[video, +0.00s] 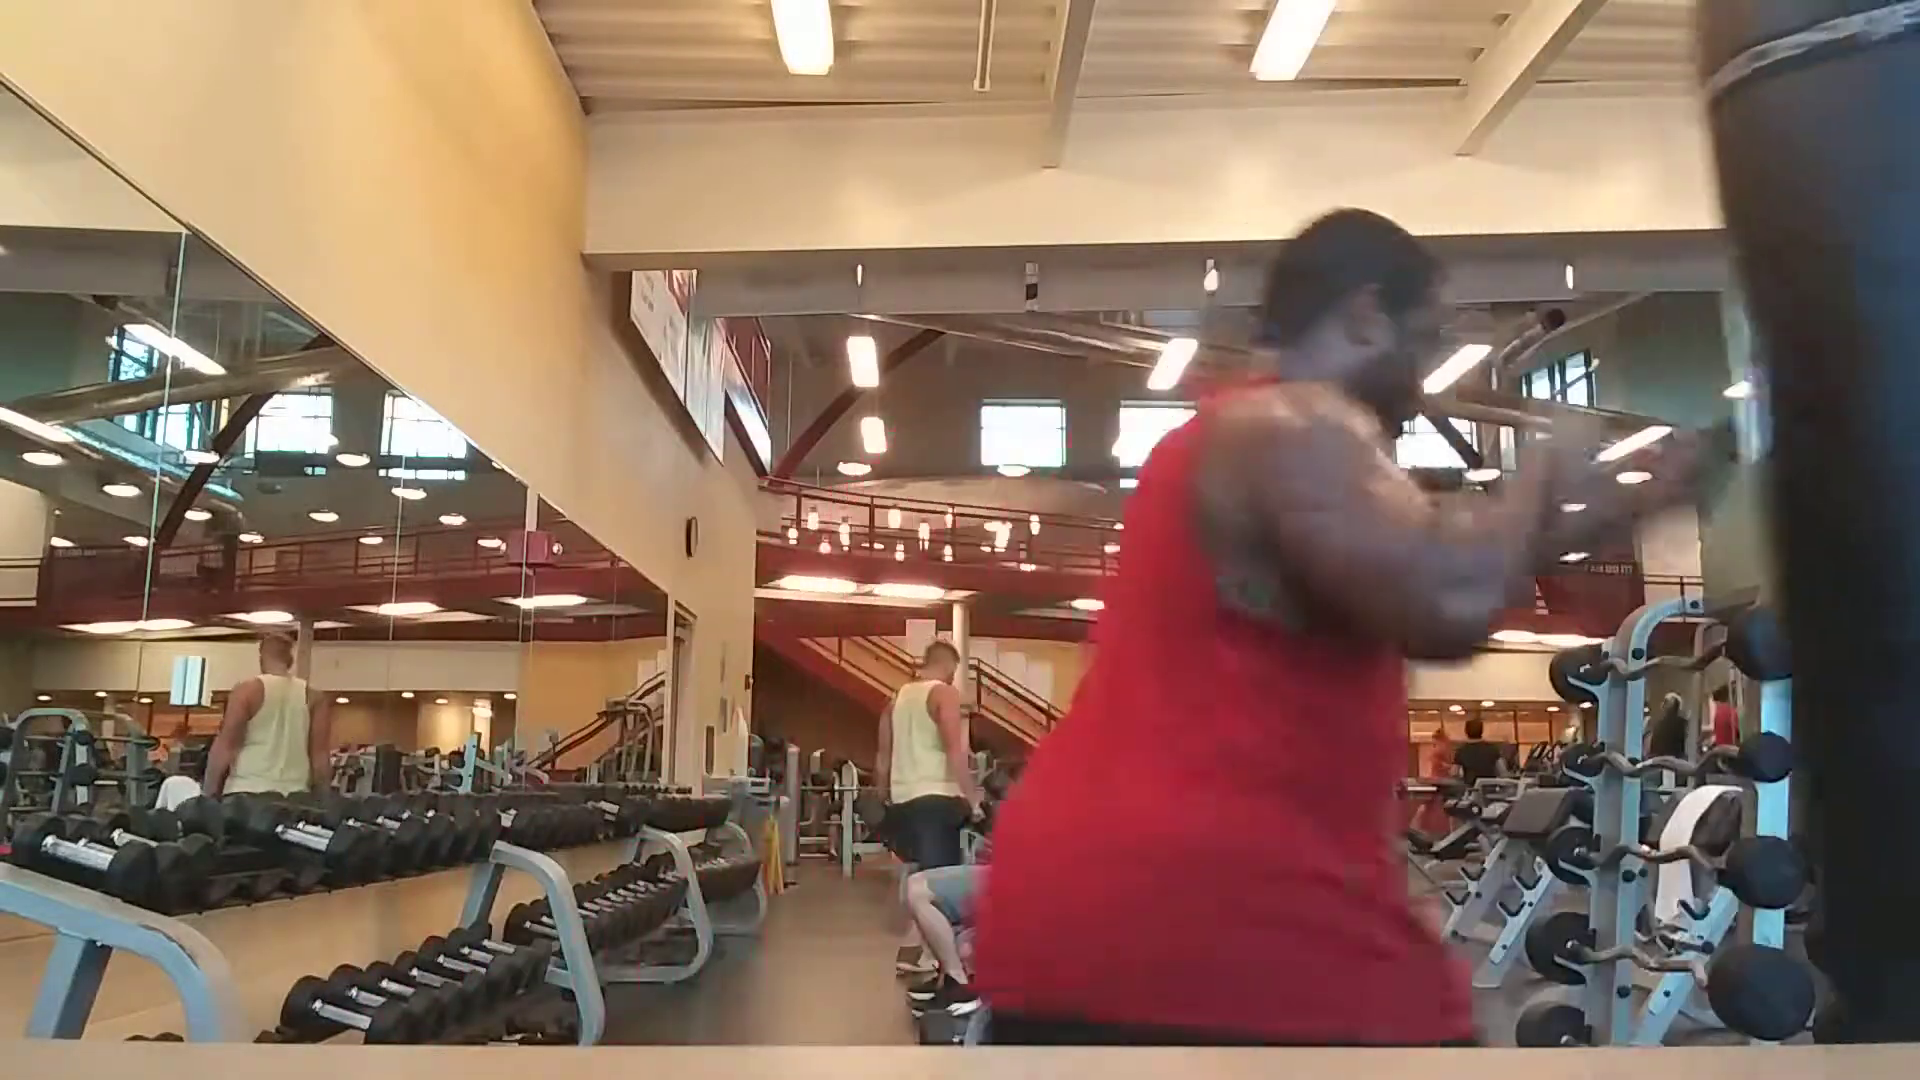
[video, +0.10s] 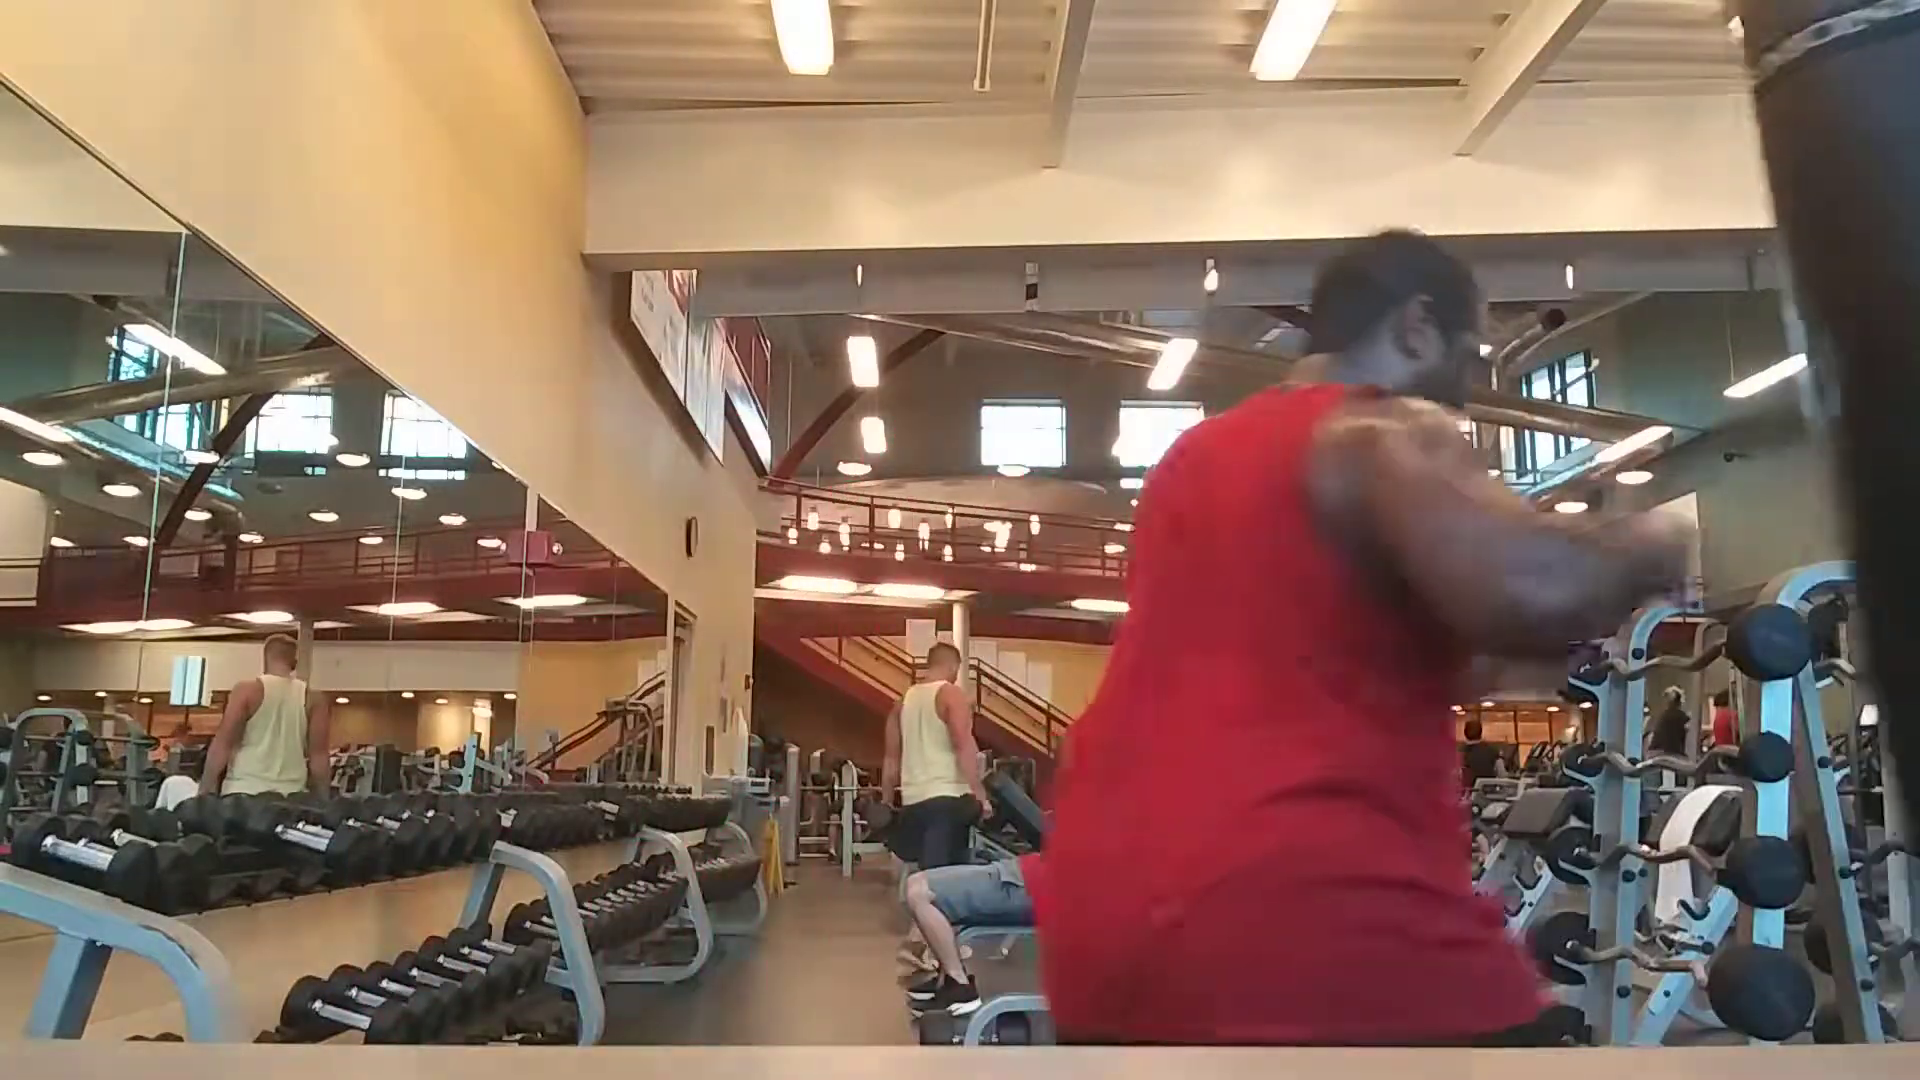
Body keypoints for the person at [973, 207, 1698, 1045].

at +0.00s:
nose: (1429, 370)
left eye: (1434, 345)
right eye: (1425, 338)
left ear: (1293, 319)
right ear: (1365, 316)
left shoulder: (1211, 434)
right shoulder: (1293, 427)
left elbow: (1444, 545)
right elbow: (1444, 606)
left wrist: (1611, 506)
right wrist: (1537, 471)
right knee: (1431, 1038)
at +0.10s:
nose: (1472, 389)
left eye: (1478, 363)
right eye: (1472, 356)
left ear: (1318, 340)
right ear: (1415, 328)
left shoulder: (1193, 453)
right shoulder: (1378, 429)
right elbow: (1516, 589)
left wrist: (1543, 525)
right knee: (1546, 1057)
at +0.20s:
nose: (1484, 429)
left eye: (1491, 408)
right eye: (1485, 403)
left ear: (1337, 376)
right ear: (1438, 375)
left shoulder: (1193, 505)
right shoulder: (1434, 492)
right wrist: (1721, 640)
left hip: (1139, 940)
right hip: (1377, 930)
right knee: (1566, 1040)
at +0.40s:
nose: (1513, 455)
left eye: (1516, 427)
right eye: (1509, 423)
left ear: (1358, 409)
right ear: (1448, 409)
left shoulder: (1216, 543)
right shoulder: (1466, 549)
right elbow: (1605, 805)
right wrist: (1690, 730)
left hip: (1177, 990)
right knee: (1601, 1033)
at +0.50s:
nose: (1489, 389)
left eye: (1492, 357)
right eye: (1481, 351)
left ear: (1328, 341)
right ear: (1411, 334)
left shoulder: (1199, 468)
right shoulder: (1395, 462)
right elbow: (1568, 672)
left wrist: (1509, 533)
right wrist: (1659, 598)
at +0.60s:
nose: (1461, 327)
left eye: (1468, 295)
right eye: (1457, 287)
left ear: (1304, 278)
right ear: (1383, 267)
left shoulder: (1184, 386)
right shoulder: (1375, 382)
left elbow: (1336, 458)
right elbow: (1608, 542)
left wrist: (1483, 396)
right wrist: (1660, 429)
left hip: (1046, 869)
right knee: (1452, 1065)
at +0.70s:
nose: (1427, 321)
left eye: (1432, 290)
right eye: (1423, 283)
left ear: (1284, 259)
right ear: (1350, 252)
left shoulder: (1144, 377)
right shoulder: (1332, 360)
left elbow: (1310, 470)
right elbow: (1552, 524)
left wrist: (1479, 394)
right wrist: (1639, 406)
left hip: (1007, 866)